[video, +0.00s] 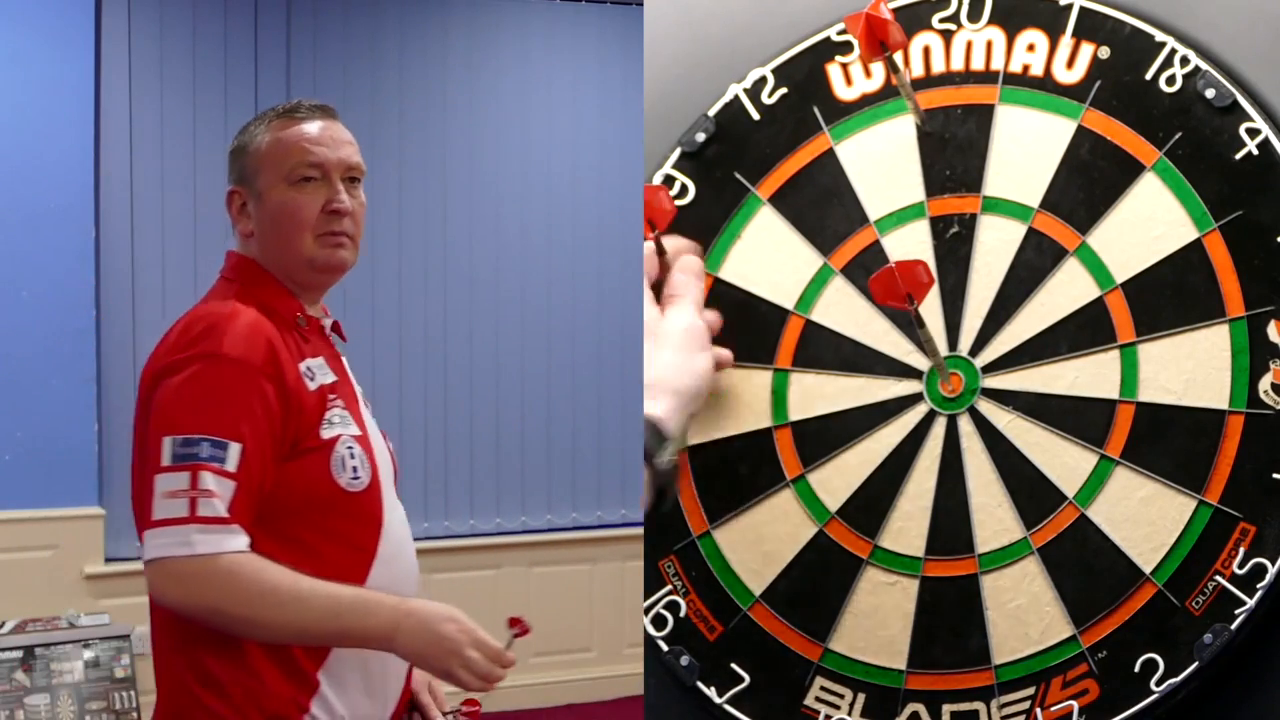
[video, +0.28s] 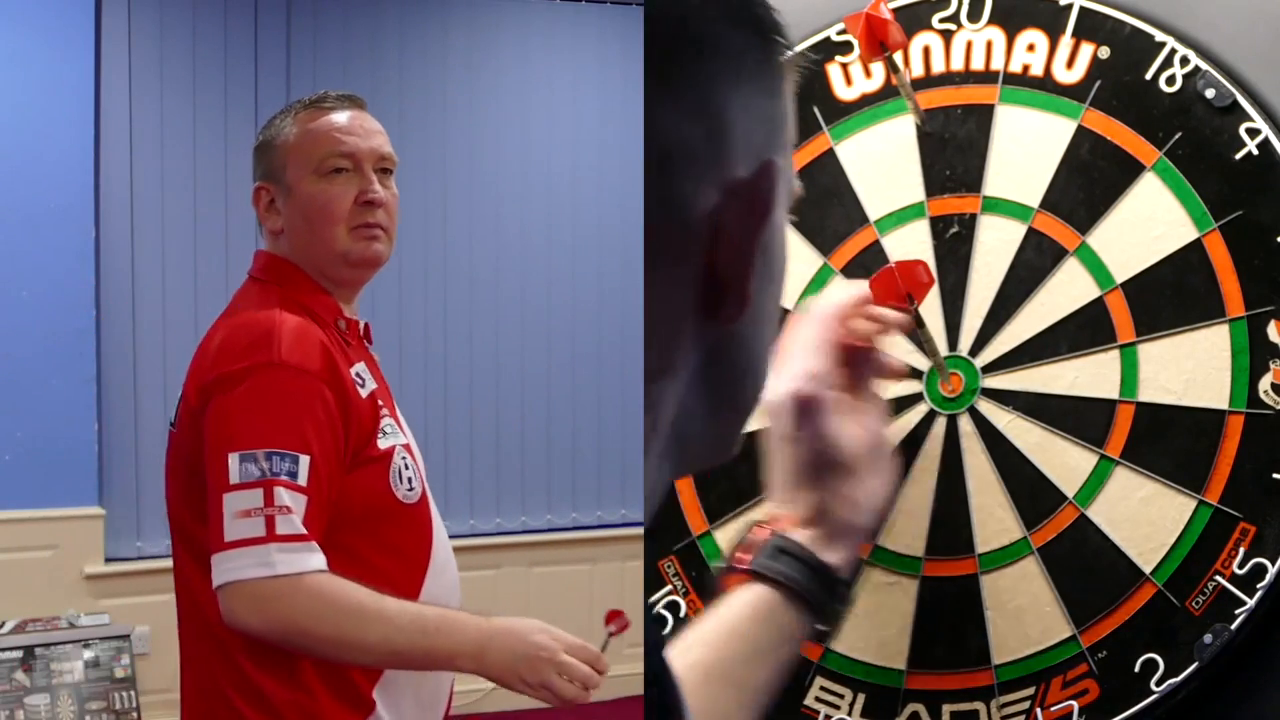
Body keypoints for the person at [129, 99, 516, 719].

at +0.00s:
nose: (341, 201)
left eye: (352, 181)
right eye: (308, 179)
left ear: (365, 199)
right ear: (242, 211)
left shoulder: (310, 337)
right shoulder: (227, 338)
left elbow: (316, 543)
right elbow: (187, 568)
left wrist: (400, 663)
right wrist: (399, 622)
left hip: (355, 703)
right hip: (263, 704)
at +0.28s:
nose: (375, 193)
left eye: (385, 172)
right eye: (339, 171)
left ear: (397, 193)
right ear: (271, 208)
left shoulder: (331, 336)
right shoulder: (275, 345)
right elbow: (261, 589)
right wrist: (482, 643)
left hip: (371, 701)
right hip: (308, 704)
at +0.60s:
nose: (385, 183)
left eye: (395, 164)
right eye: (349, 163)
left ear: (409, 186)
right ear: (279, 204)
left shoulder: (346, 331)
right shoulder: (276, 354)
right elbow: (256, 608)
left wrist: (433, 690)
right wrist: (424, 709)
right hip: (311, 707)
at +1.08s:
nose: (376, 201)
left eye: (382, 175)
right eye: (350, 177)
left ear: (401, 185)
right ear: (281, 199)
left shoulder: (363, 340)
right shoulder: (260, 364)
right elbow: (218, 618)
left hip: (404, 698)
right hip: (320, 705)